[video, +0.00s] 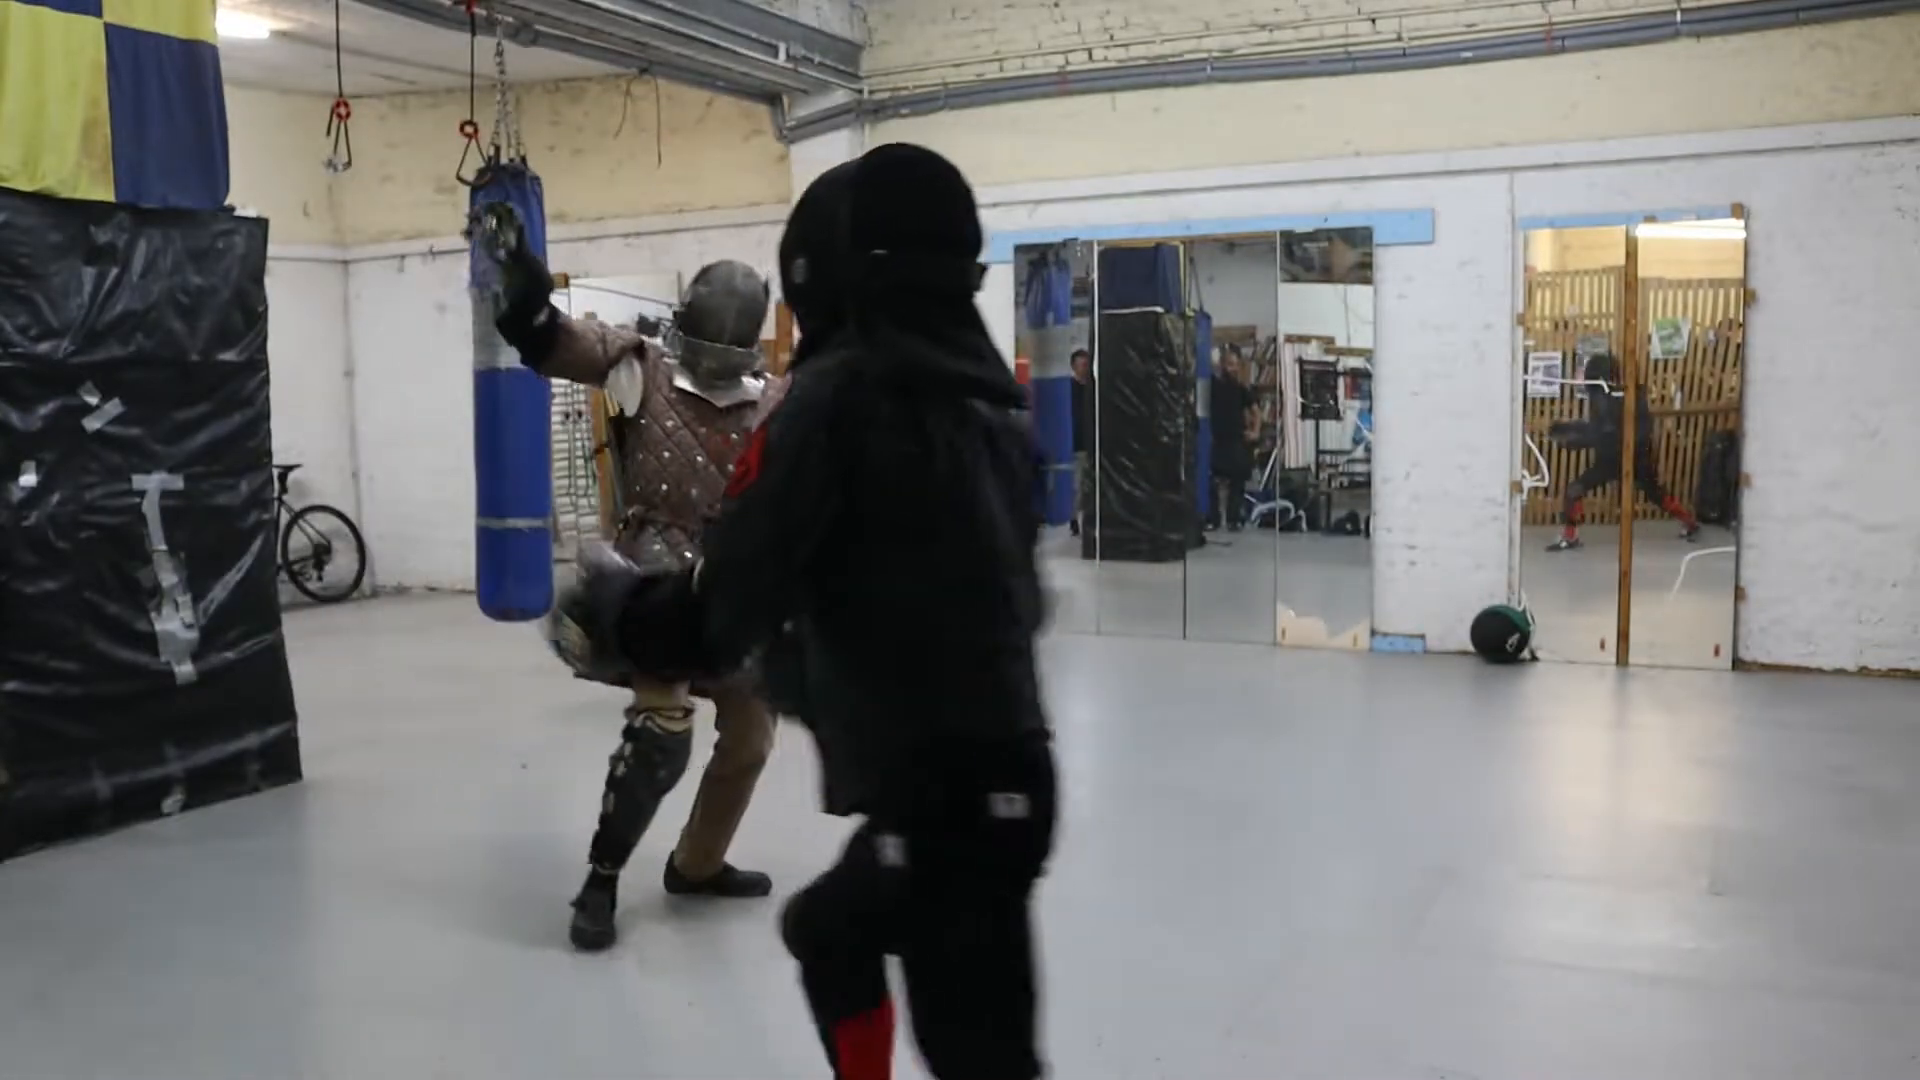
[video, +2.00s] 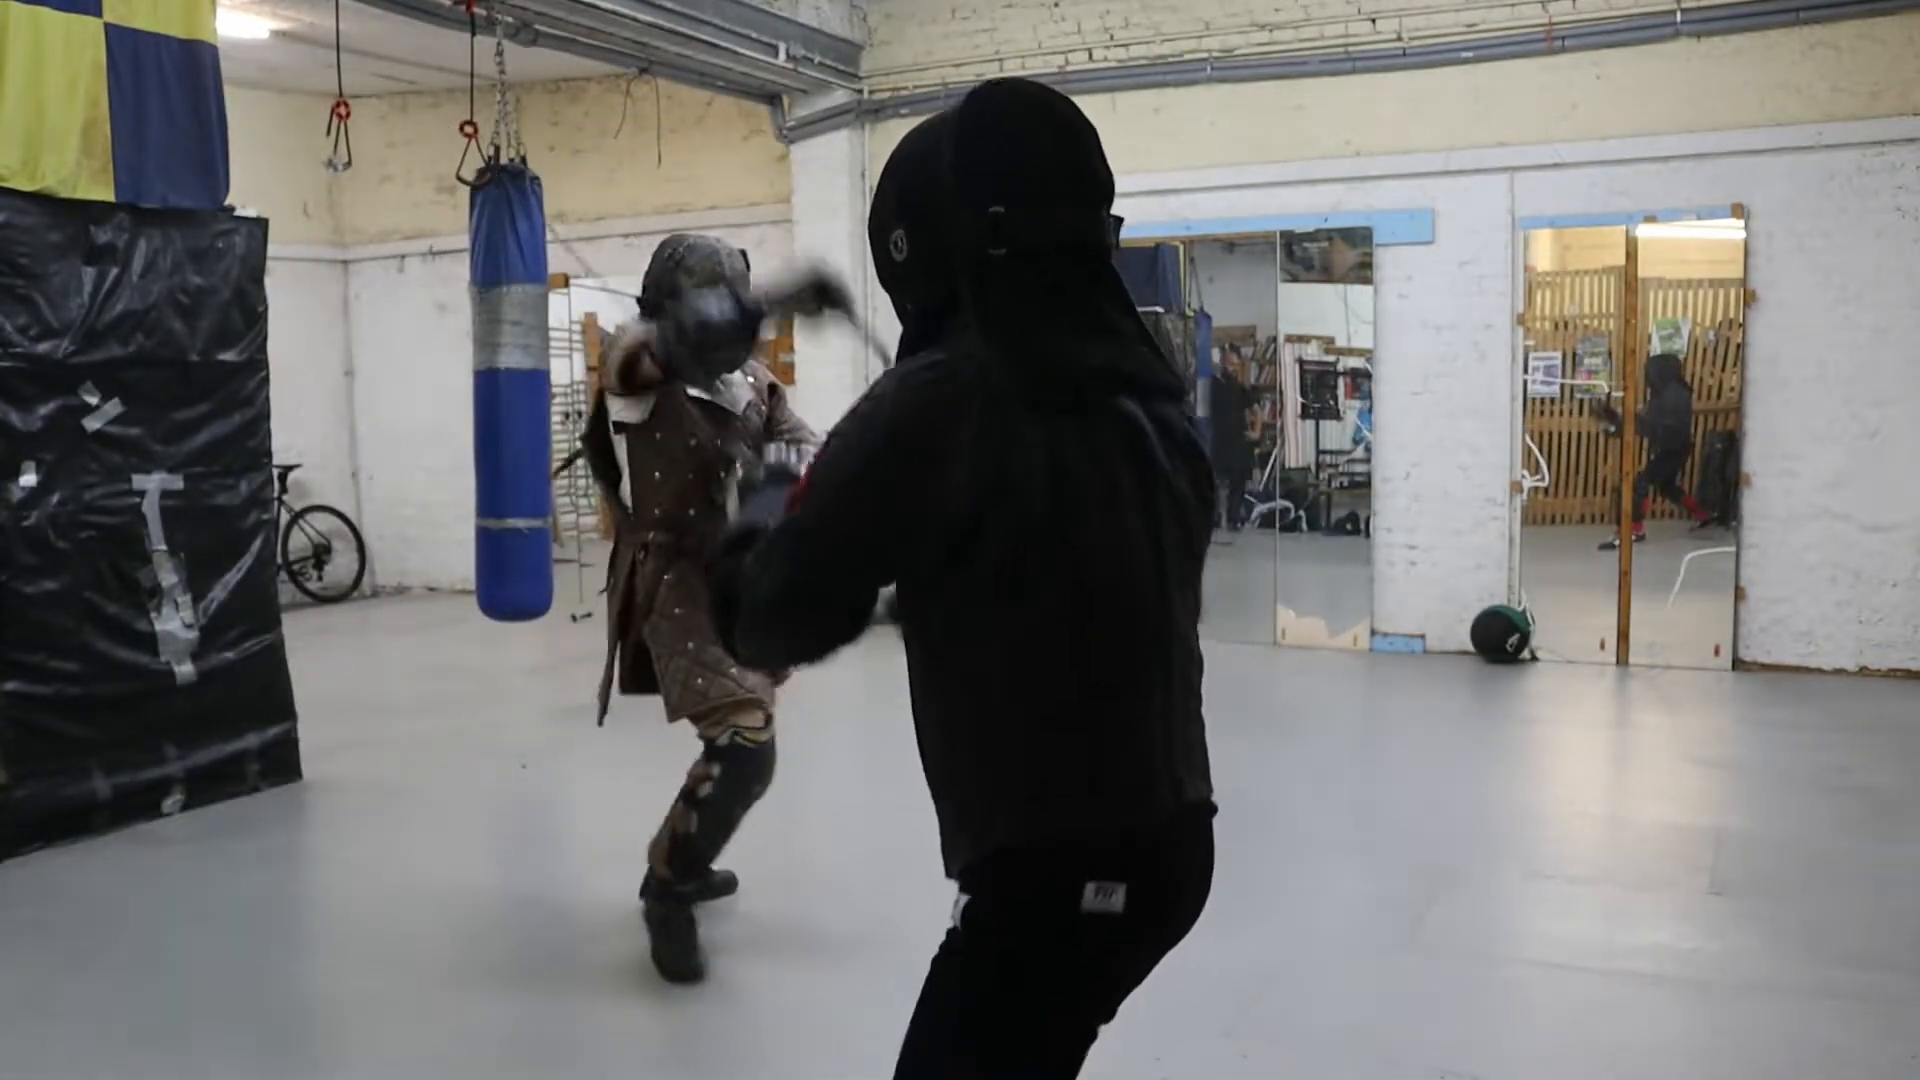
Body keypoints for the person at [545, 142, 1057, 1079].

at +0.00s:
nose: (789, 287)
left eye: (799, 263)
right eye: (793, 263)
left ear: (836, 272)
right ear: (948, 269)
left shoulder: (830, 409)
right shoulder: (984, 409)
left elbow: (719, 620)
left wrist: (613, 602)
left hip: (935, 792)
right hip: (1001, 775)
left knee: (982, 1054)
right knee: (827, 928)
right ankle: (870, 1079)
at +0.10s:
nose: (819, 302)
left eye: (826, 276)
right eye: (820, 276)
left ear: (863, 277)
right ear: (979, 264)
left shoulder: (855, 418)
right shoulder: (1049, 404)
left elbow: (792, 625)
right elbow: (1125, 592)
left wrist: (728, 677)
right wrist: (1020, 647)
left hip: (982, 800)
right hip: (1092, 781)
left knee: (1046, 1045)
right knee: (912, 938)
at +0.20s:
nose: (848, 303)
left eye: (854, 276)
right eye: (845, 276)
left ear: (895, 273)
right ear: (1009, 255)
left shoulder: (896, 425)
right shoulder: (1098, 400)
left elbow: (864, 693)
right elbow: (1191, 572)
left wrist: (770, 677)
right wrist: (1072, 638)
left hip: (1043, 801)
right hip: (1142, 779)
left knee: (1058, 1056)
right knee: (961, 928)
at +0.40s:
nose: (903, 275)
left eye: (910, 247)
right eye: (904, 247)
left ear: (945, 248)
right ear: (1066, 232)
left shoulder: (944, 391)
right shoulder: (1153, 376)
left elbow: (872, 631)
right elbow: (1217, 556)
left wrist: (796, 578)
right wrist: (1108, 610)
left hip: (1063, 771)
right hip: (1171, 750)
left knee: (1109, 1045)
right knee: (1000, 932)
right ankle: (1049, 1065)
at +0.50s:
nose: (922, 268)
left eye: (928, 242)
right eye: (921, 242)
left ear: (962, 239)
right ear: (1080, 229)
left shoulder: (951, 371)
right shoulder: (1147, 361)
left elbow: (849, 589)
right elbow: (1198, 550)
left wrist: (794, 503)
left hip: (1072, 756)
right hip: (1168, 738)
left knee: (1129, 1038)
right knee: (1000, 929)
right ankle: (1055, 1068)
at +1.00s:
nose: (934, 262)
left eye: (942, 236)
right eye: (936, 236)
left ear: (977, 240)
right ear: (1103, 233)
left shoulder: (945, 383)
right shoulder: (1177, 386)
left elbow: (868, 624)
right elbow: (1229, 560)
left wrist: (836, 589)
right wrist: (1112, 557)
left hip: (1049, 768)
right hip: (1175, 757)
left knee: (1031, 1046)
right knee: (1042, 1013)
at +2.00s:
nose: (894, 275)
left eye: (901, 244)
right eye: (890, 246)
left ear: (949, 239)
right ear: (1077, 230)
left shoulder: (937, 400)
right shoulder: (1147, 387)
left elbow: (779, 617)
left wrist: (760, 505)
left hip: (1043, 866)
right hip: (1161, 845)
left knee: (945, 1066)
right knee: (1013, 1057)